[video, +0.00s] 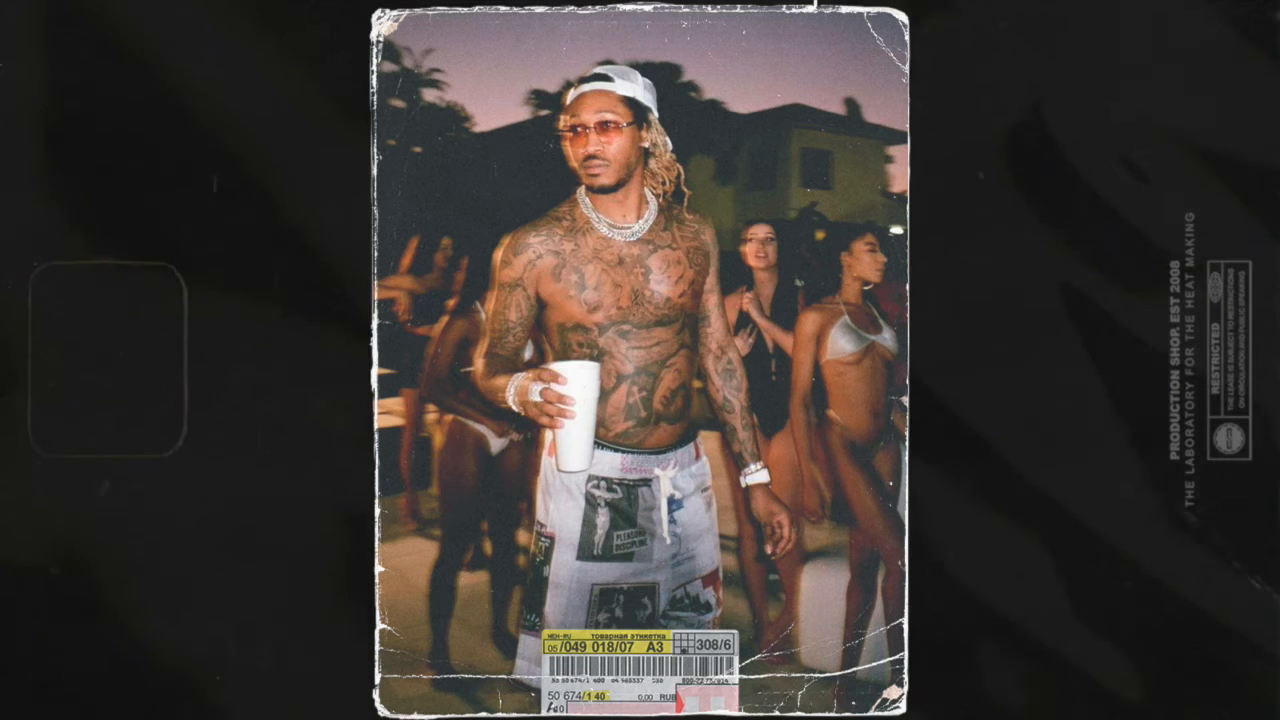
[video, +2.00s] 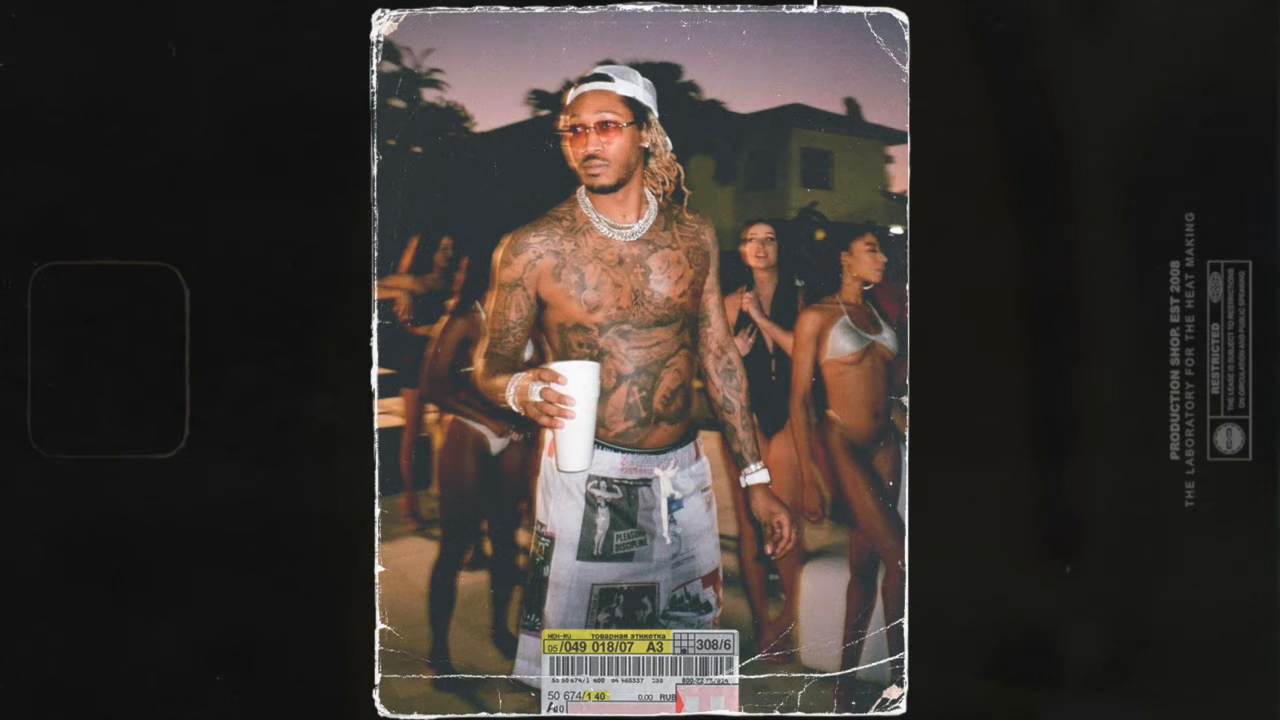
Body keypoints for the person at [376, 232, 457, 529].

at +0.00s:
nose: (446, 253)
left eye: (451, 248)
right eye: (442, 247)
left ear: (455, 252)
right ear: (431, 250)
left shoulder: (457, 274)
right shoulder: (416, 277)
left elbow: (461, 303)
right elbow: (398, 283)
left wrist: (436, 327)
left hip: (445, 346)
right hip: (416, 345)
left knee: (450, 425)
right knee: (413, 426)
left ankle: (453, 498)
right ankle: (410, 500)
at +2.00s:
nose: (446, 254)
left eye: (451, 249)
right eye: (442, 248)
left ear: (456, 254)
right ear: (431, 250)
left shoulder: (456, 278)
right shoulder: (416, 280)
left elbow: (463, 305)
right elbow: (395, 284)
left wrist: (437, 326)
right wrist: (404, 295)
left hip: (446, 346)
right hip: (417, 344)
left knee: (451, 425)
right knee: (413, 427)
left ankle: (454, 499)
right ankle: (410, 502)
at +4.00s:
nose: (445, 254)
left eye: (450, 249)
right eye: (441, 248)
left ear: (455, 254)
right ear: (431, 250)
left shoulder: (458, 275)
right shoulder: (415, 282)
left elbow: (461, 302)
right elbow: (397, 283)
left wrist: (437, 327)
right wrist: (404, 300)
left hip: (445, 349)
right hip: (417, 346)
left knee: (449, 427)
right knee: (412, 428)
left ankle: (451, 499)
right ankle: (410, 502)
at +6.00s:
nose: (446, 255)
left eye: (451, 250)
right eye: (442, 249)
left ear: (455, 255)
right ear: (431, 252)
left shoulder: (454, 283)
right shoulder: (414, 283)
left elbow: (459, 315)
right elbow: (401, 321)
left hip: (444, 354)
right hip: (416, 352)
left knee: (449, 426)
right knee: (413, 427)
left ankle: (450, 499)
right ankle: (410, 500)